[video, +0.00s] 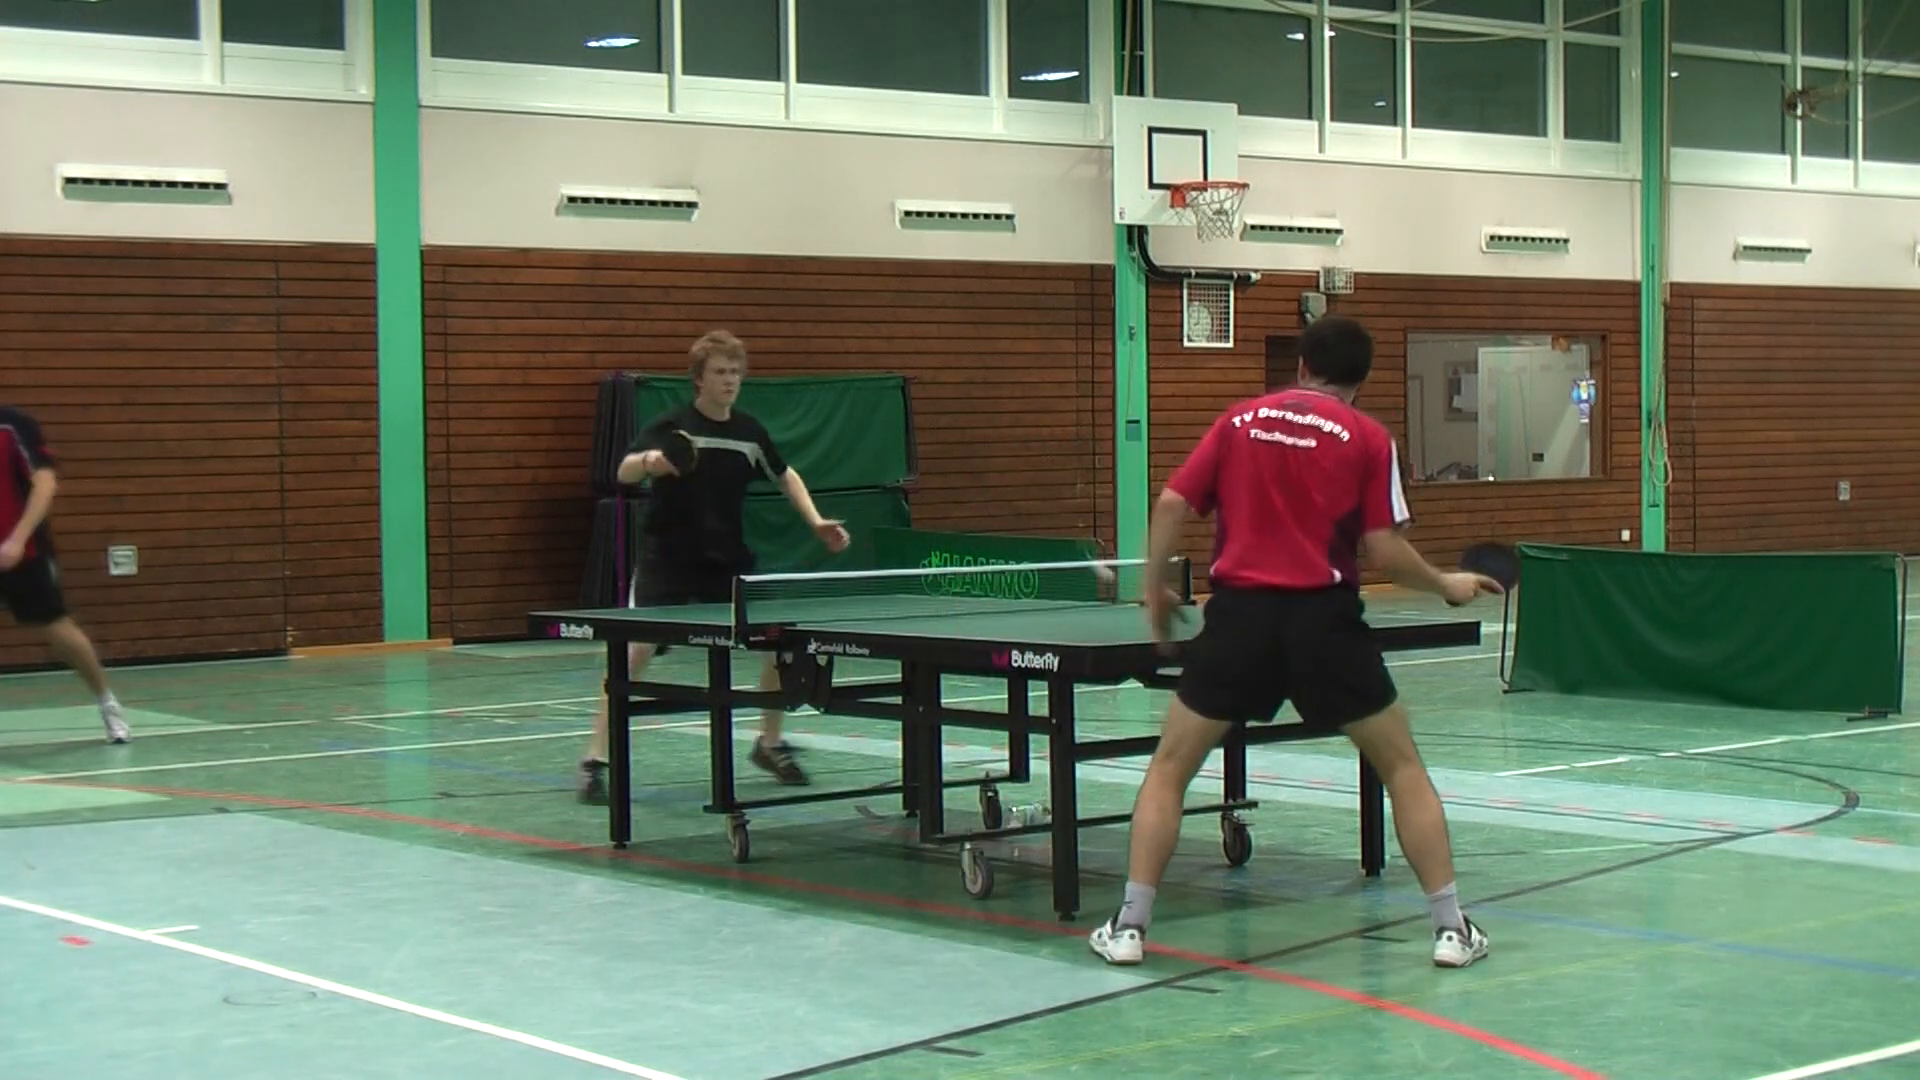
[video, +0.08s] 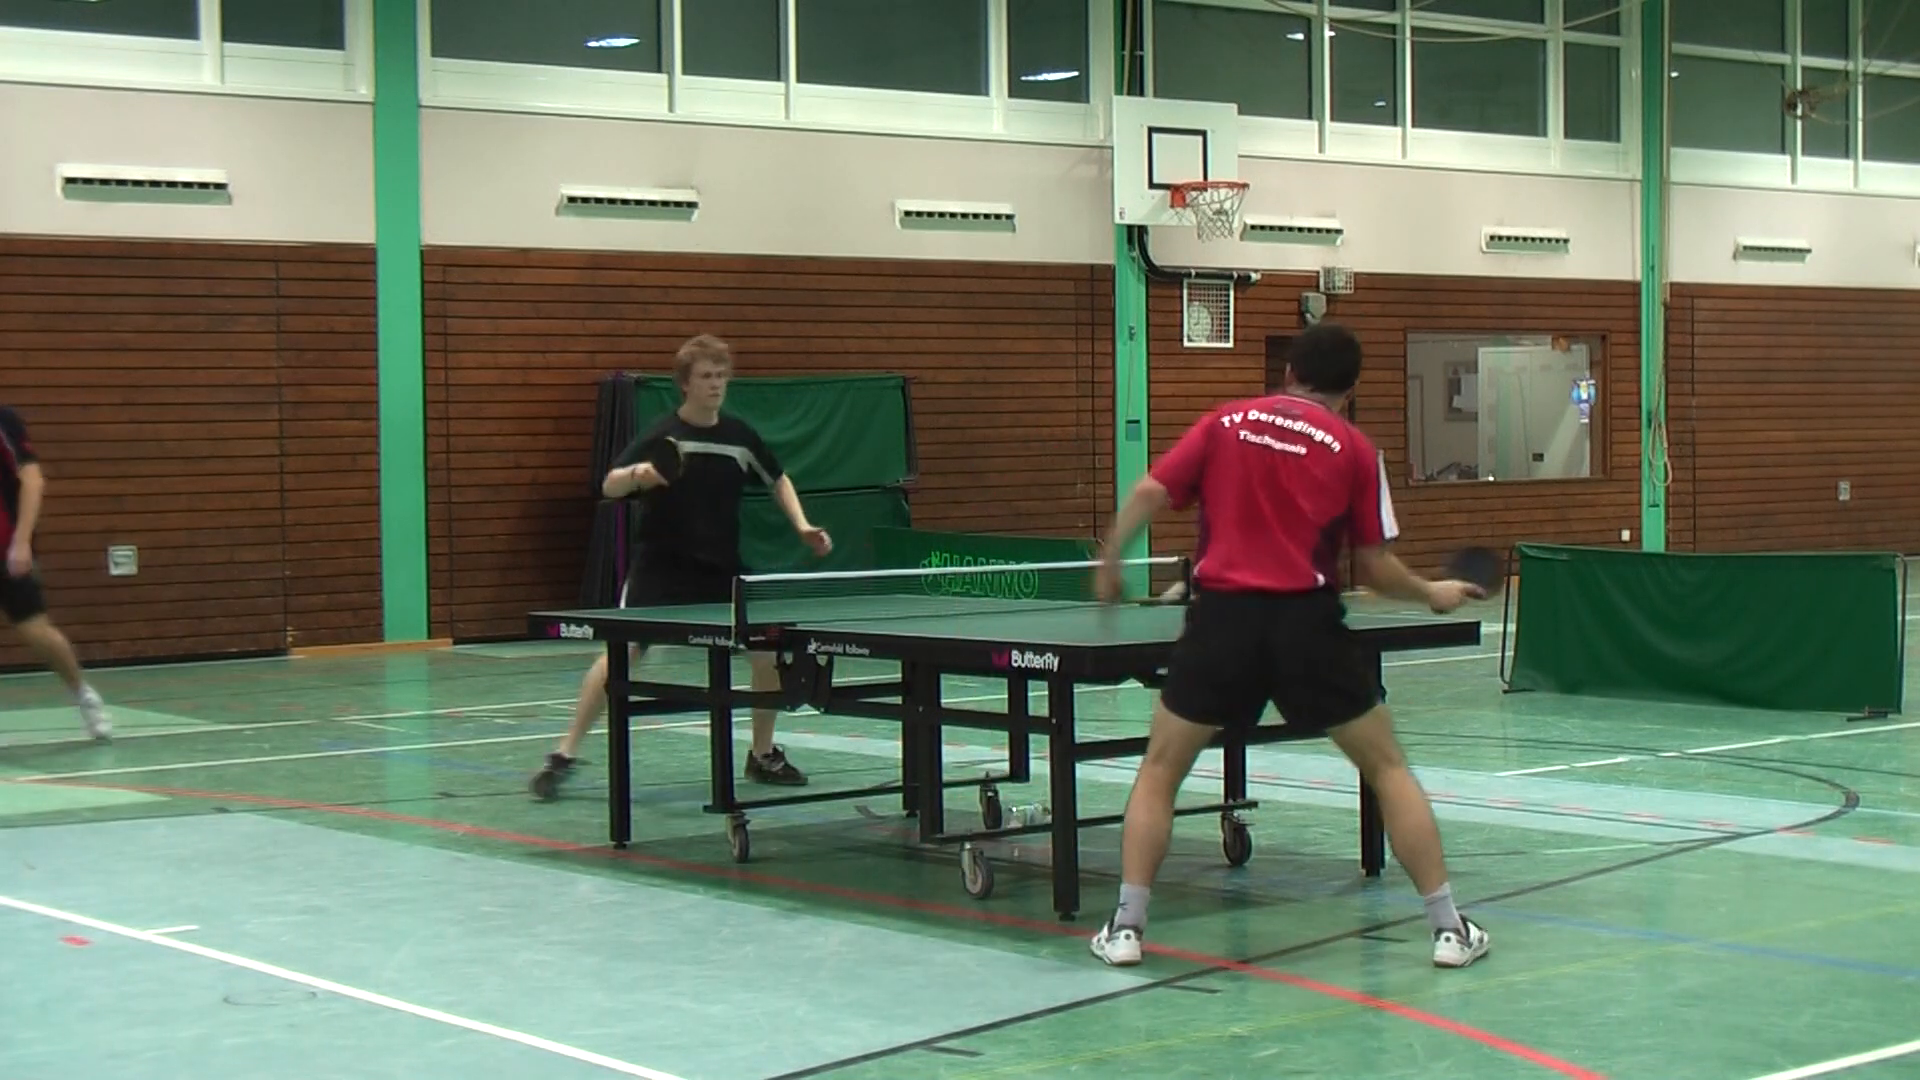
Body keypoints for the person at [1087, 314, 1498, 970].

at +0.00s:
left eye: (1308, 363)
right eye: (1358, 381)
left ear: (1302, 365)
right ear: (1362, 379)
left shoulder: (1241, 416)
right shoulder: (1369, 437)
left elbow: (1172, 504)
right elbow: (1384, 551)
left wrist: (1156, 586)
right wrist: (1444, 583)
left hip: (1235, 624)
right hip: (1325, 627)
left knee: (1170, 767)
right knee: (1401, 767)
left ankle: (1129, 925)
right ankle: (1451, 927)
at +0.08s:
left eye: (1285, 371)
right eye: (1350, 393)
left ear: (1288, 373)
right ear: (1349, 389)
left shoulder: (1224, 421)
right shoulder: (1356, 449)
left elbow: (1149, 493)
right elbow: (1374, 566)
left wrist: (1110, 550)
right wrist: (1430, 591)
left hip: (1219, 627)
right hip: (1310, 630)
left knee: (1160, 769)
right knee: (1384, 766)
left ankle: (1126, 926)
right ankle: (1450, 926)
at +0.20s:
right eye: (1324, 386)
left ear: (1265, 375)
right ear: (1324, 391)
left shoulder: (1215, 411)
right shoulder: (1328, 463)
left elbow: (1131, 457)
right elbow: (1325, 569)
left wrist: (1050, 510)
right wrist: (1360, 573)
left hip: (1197, 618)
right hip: (1282, 628)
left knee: (1143, 767)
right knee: (1356, 776)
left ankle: (1122, 928)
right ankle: (1443, 926)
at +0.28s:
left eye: (1247, 371)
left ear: (1249, 377)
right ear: (1304, 396)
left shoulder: (1224, 411)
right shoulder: (1298, 454)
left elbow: (1141, 442)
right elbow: (1260, 536)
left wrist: (1049, 476)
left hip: (1200, 606)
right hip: (1280, 615)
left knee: (1136, 762)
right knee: (1338, 778)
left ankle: (1122, 928)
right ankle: (1436, 925)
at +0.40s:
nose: (1209, 394)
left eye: (1215, 385)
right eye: (1216, 387)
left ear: (1229, 386)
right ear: (1271, 397)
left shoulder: (1241, 409)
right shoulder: (1231, 475)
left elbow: (1212, 436)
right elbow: (1128, 513)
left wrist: (1117, 470)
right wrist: (1041, 484)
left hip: (1216, 600)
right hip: (1287, 608)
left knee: (1139, 759)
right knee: (1318, 778)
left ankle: (1122, 927)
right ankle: (1428, 912)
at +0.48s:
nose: (1198, 390)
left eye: (1201, 381)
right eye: (1203, 382)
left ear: (1210, 385)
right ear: (1261, 391)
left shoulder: (1226, 406)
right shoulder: (1242, 458)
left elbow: (1253, 437)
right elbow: (1128, 521)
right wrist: (1036, 493)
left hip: (1232, 604)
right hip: (1298, 608)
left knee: (1143, 760)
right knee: (1315, 769)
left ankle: (1123, 928)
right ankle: (1435, 875)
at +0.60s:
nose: (1205, 389)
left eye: (1208, 379)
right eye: (1209, 380)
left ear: (1222, 380)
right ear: (1262, 385)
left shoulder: (1236, 411)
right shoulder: (1253, 436)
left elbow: (1287, 454)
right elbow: (1200, 549)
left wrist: (1318, 526)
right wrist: (1108, 557)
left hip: (1256, 616)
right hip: (1317, 615)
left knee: (1155, 764)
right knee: (1350, 760)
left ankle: (1124, 928)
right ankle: (1460, 877)